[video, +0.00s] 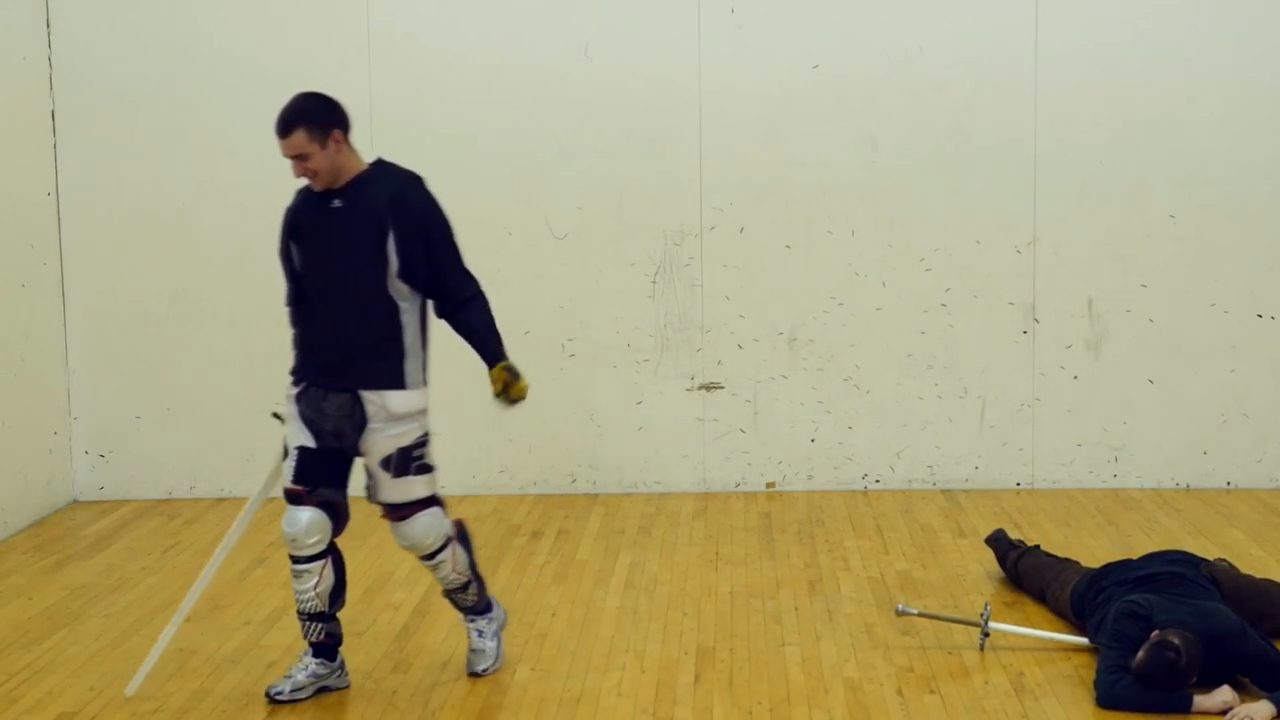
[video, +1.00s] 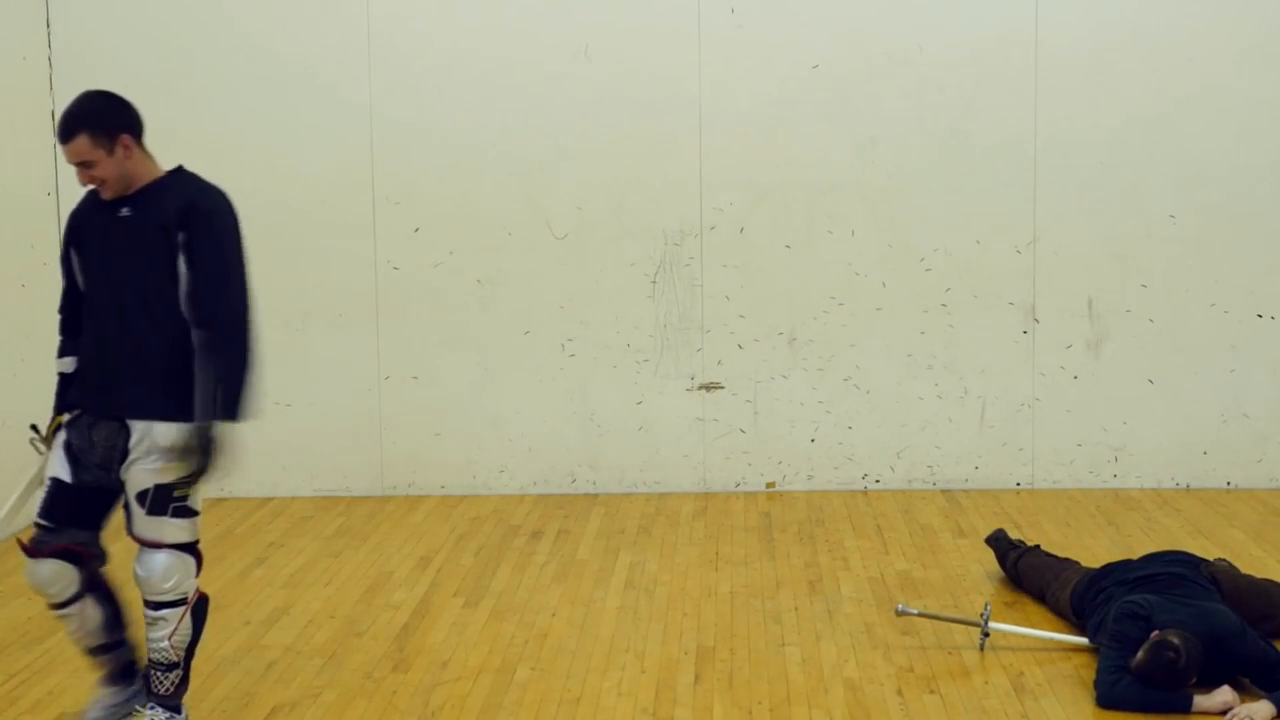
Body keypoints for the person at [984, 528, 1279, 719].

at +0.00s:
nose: (1131, 660)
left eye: (1136, 664)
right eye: (1137, 657)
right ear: (1154, 637)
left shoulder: (1226, 630)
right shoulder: (1123, 626)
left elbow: (1279, 677)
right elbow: (1110, 691)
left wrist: (1270, 705)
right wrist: (1198, 703)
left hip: (1182, 570)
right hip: (1104, 585)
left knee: (1275, 603)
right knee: (1047, 571)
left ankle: (1222, 575)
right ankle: (1009, 550)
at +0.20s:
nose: (1131, 661)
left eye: (1137, 664)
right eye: (1137, 657)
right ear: (1154, 638)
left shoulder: (1226, 631)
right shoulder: (1124, 626)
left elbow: (1279, 676)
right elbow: (1110, 692)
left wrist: (1271, 705)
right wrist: (1198, 703)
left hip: (1183, 570)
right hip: (1105, 585)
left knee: (1275, 602)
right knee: (1047, 571)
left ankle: (1223, 575)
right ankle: (1009, 550)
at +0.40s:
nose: (1131, 661)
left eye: (1136, 663)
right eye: (1137, 657)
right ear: (1154, 638)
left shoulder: (1225, 630)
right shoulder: (1124, 626)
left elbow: (1278, 676)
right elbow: (1110, 691)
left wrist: (1270, 705)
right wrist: (1198, 703)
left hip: (1183, 570)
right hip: (1105, 585)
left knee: (1275, 603)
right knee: (1049, 572)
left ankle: (1224, 575)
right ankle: (1010, 551)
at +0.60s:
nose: (1131, 662)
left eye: (1137, 665)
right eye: (1137, 657)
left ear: (1194, 670)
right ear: (1153, 638)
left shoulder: (1226, 631)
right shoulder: (1124, 625)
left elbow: (1278, 676)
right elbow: (1109, 691)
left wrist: (1271, 705)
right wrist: (1198, 703)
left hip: (1183, 570)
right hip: (1105, 584)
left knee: (1275, 603)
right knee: (1047, 571)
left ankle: (1224, 576)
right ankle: (1009, 550)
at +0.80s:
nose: (1131, 663)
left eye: (1137, 666)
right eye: (1137, 658)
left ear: (1193, 672)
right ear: (1152, 639)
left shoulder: (1225, 630)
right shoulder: (1124, 626)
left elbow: (1278, 676)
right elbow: (1109, 691)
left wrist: (1271, 705)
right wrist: (1198, 703)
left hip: (1182, 570)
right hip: (1105, 585)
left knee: (1275, 604)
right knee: (1047, 571)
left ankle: (1223, 575)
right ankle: (1009, 550)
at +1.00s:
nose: (1131, 663)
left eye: (1137, 666)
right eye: (1137, 659)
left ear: (1194, 671)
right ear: (1151, 639)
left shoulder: (1226, 631)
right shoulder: (1124, 626)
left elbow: (1279, 676)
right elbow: (1109, 691)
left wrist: (1270, 705)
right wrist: (1198, 703)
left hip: (1183, 571)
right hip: (1105, 584)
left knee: (1276, 602)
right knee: (1047, 571)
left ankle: (1224, 576)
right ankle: (1009, 550)